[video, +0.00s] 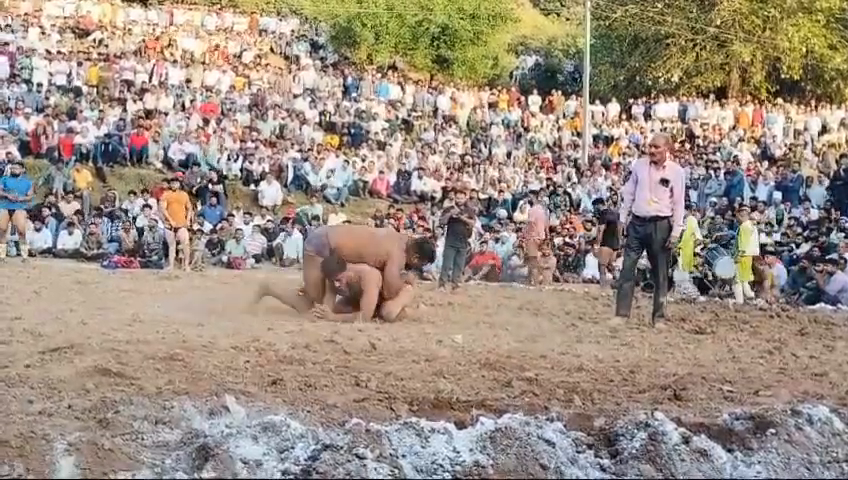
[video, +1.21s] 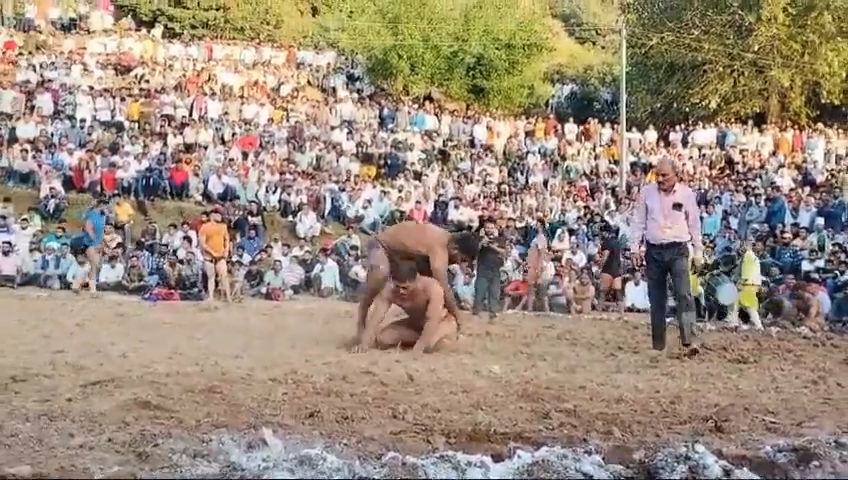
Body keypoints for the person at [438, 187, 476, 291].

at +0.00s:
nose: (459, 200)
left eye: (462, 198)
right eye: (457, 198)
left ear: (465, 198)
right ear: (454, 198)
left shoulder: (469, 211)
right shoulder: (449, 209)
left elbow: (473, 223)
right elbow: (441, 222)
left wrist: (462, 218)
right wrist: (450, 214)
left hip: (463, 242)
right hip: (450, 241)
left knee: (459, 266)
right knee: (447, 265)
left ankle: (455, 285)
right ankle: (443, 284)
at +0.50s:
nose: (472, 205)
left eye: (474, 203)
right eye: (470, 203)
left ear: (477, 204)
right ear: (466, 203)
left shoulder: (481, 216)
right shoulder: (461, 215)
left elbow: (485, 228)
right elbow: (454, 227)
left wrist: (474, 222)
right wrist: (463, 218)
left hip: (475, 246)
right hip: (463, 245)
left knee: (472, 269)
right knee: (459, 268)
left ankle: (469, 288)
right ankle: (455, 287)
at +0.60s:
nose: (484, 209)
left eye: (486, 207)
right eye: (482, 206)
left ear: (490, 207)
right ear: (478, 207)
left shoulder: (493, 220)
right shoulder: (473, 219)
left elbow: (498, 231)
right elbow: (466, 231)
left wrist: (485, 226)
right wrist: (475, 223)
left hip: (488, 250)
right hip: (475, 249)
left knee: (484, 274)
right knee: (472, 272)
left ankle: (481, 292)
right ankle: (467, 290)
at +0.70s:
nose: (496, 214)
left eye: (498, 212)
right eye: (494, 212)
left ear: (502, 213)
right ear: (492, 212)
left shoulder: (507, 225)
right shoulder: (487, 224)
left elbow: (511, 237)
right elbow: (479, 236)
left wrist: (500, 232)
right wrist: (488, 228)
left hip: (501, 256)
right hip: (489, 255)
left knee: (497, 279)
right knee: (485, 278)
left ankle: (494, 297)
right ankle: (480, 295)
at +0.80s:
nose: (508, 220)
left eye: (510, 218)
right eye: (506, 218)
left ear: (514, 219)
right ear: (503, 219)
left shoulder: (517, 230)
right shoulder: (498, 230)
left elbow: (524, 242)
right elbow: (490, 242)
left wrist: (512, 238)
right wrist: (499, 234)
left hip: (513, 259)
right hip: (500, 258)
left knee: (510, 283)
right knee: (496, 281)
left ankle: (507, 302)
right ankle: (493, 300)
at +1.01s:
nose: (498, 226)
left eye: (501, 224)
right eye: (496, 224)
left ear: (504, 225)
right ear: (493, 225)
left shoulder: (509, 235)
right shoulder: (489, 235)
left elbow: (515, 248)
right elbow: (482, 248)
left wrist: (501, 244)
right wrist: (490, 240)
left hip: (503, 265)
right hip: (491, 264)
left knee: (501, 289)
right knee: (488, 287)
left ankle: (498, 308)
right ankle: (484, 306)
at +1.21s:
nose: (490, 230)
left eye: (492, 228)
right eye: (487, 228)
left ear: (496, 228)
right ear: (484, 229)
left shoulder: (501, 240)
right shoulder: (481, 239)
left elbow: (506, 253)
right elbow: (474, 251)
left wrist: (493, 247)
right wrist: (481, 243)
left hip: (495, 269)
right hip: (483, 268)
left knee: (495, 292)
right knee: (480, 290)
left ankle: (493, 312)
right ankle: (477, 310)